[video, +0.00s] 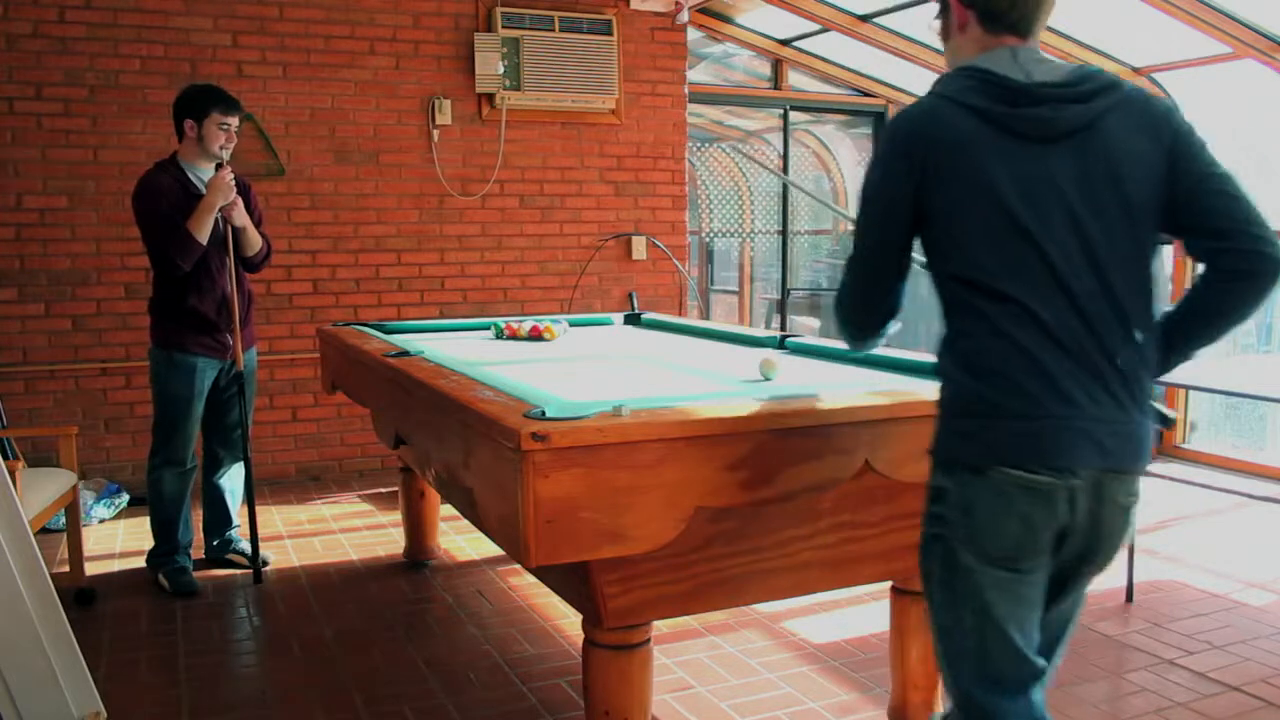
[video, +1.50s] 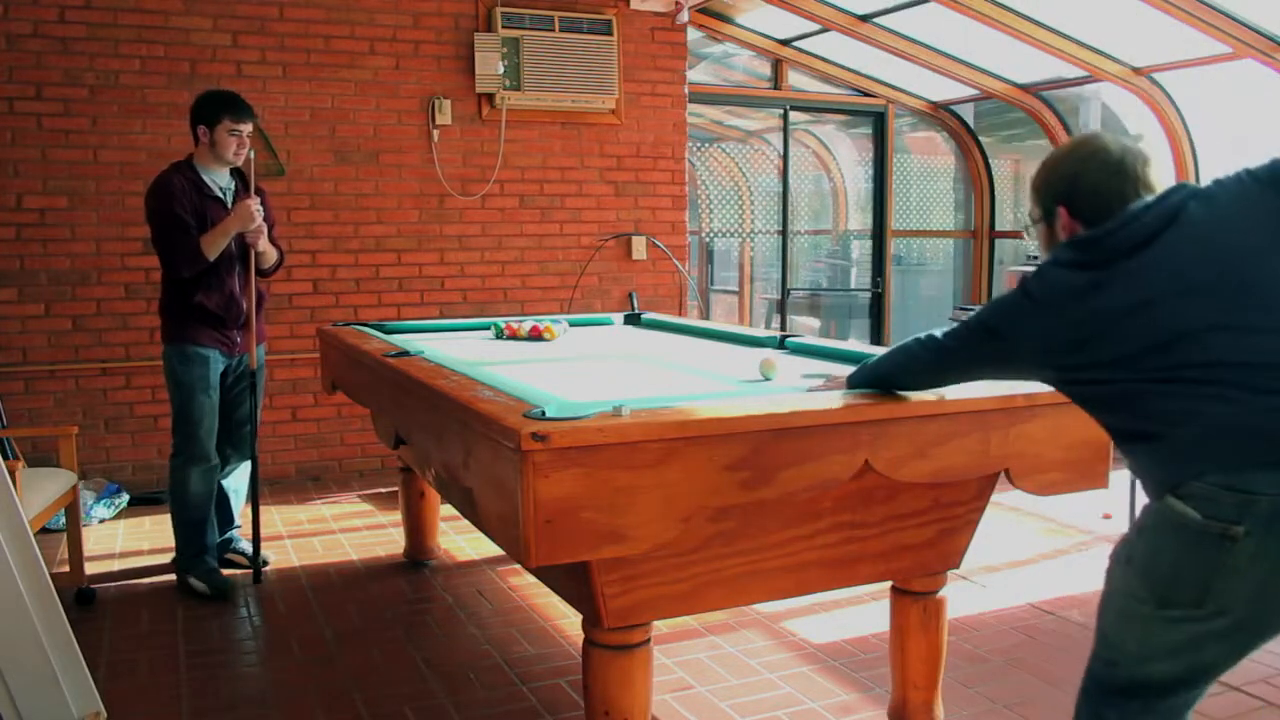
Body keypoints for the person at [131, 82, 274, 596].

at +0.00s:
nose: (231, 138)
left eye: (235, 129)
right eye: (223, 128)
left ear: (236, 133)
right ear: (190, 128)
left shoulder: (235, 184)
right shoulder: (156, 187)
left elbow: (257, 261)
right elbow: (176, 261)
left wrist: (242, 221)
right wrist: (209, 204)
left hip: (238, 339)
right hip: (184, 341)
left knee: (229, 450)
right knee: (176, 455)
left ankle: (223, 542)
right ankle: (171, 558)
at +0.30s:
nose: (236, 140)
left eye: (239, 131)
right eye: (228, 130)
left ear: (237, 136)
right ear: (195, 130)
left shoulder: (234, 184)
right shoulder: (161, 187)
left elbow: (260, 261)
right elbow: (181, 263)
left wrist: (247, 223)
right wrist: (218, 209)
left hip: (242, 337)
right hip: (190, 340)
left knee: (231, 449)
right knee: (180, 453)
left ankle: (223, 542)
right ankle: (171, 558)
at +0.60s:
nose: (241, 143)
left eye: (243, 134)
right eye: (232, 133)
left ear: (240, 138)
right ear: (200, 133)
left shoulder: (236, 186)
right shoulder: (167, 187)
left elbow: (264, 262)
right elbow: (186, 264)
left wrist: (254, 226)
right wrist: (225, 212)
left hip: (246, 338)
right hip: (197, 340)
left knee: (234, 449)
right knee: (186, 453)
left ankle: (224, 541)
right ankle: (172, 557)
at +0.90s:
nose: (244, 143)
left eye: (248, 134)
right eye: (235, 133)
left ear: (248, 139)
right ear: (204, 134)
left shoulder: (242, 187)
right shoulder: (171, 189)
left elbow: (270, 263)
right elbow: (185, 265)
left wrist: (264, 245)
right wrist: (232, 222)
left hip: (249, 333)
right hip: (200, 336)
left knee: (238, 447)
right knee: (199, 449)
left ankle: (221, 542)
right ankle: (177, 555)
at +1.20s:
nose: (247, 143)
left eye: (251, 135)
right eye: (237, 134)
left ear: (253, 140)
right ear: (207, 134)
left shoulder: (250, 191)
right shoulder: (172, 188)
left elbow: (272, 265)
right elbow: (183, 263)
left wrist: (263, 244)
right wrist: (231, 224)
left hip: (248, 334)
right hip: (198, 335)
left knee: (238, 446)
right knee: (202, 448)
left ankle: (220, 540)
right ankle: (185, 556)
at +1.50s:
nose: (244, 143)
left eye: (248, 135)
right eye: (235, 134)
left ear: (250, 139)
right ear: (203, 134)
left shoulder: (246, 189)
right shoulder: (170, 188)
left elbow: (270, 265)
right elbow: (182, 264)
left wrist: (264, 245)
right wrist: (231, 225)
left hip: (245, 336)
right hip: (195, 338)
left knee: (237, 448)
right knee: (198, 451)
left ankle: (221, 540)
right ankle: (195, 561)